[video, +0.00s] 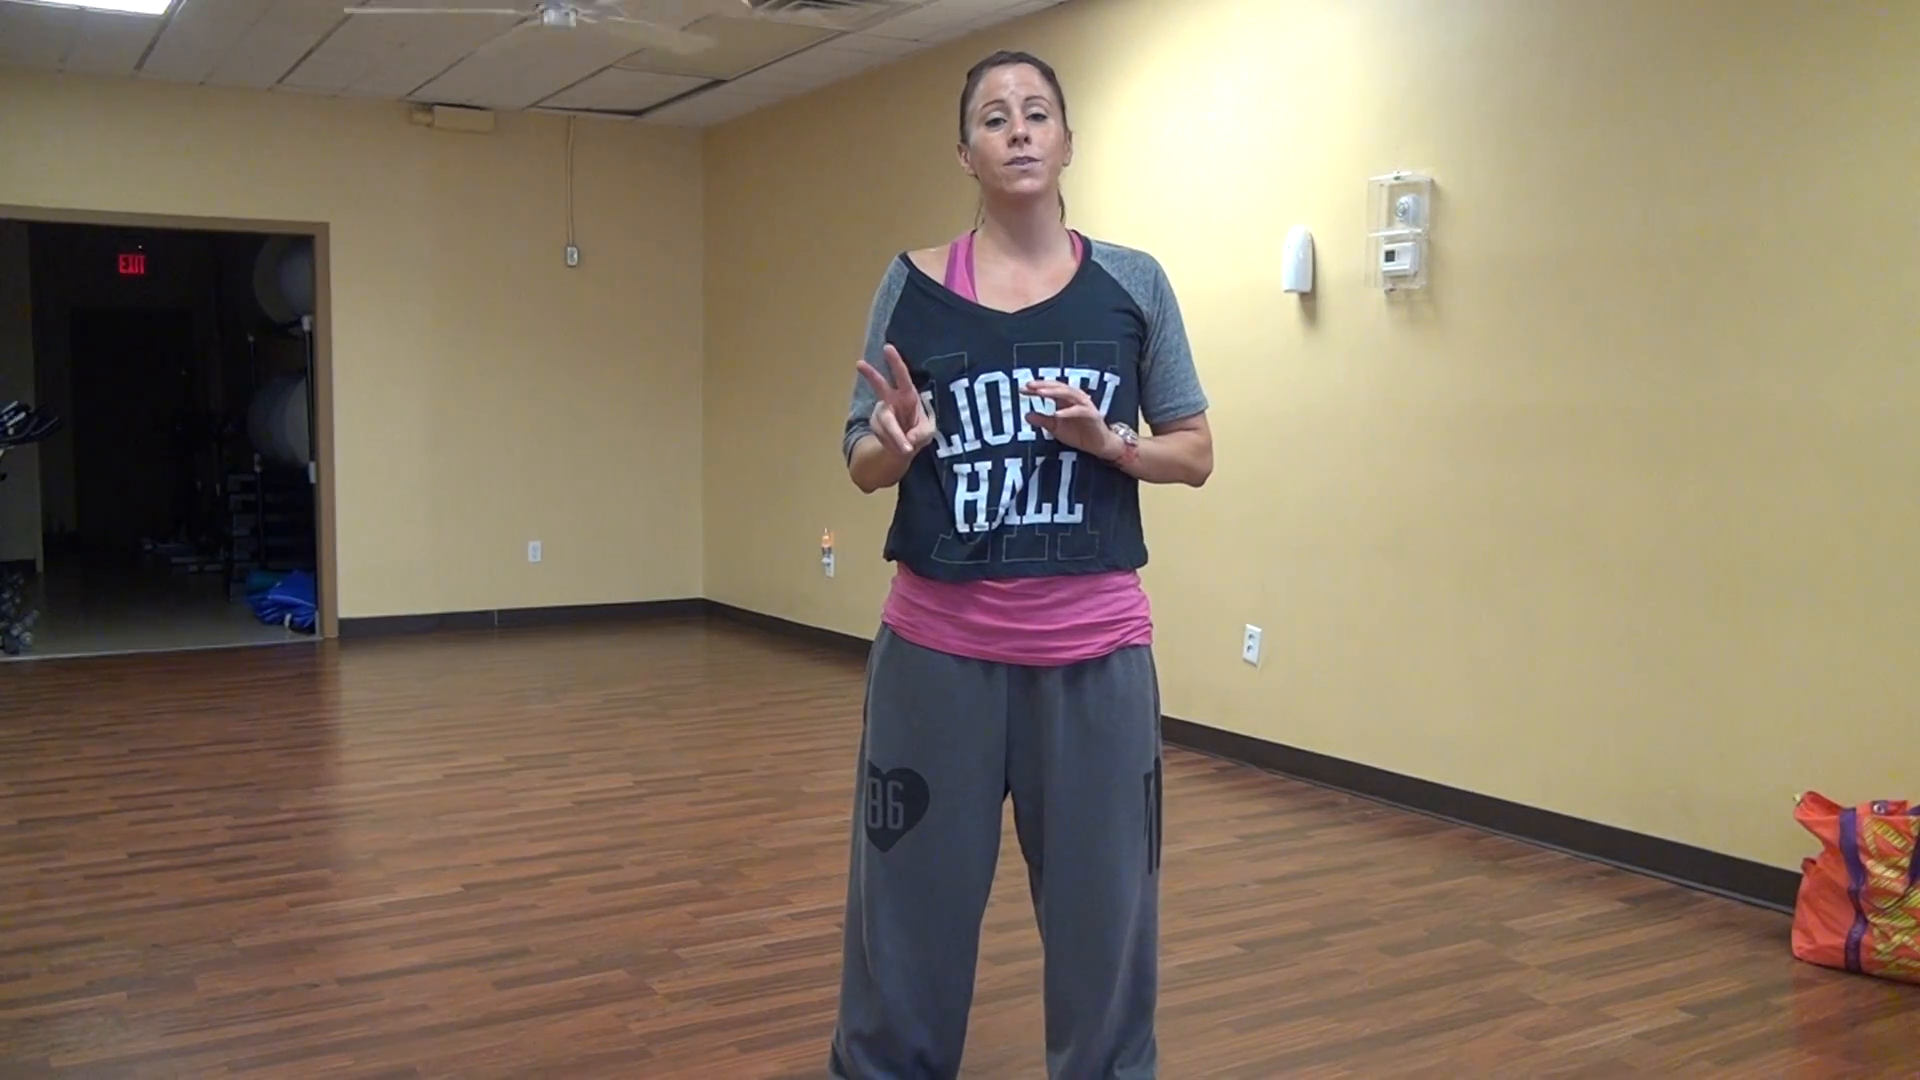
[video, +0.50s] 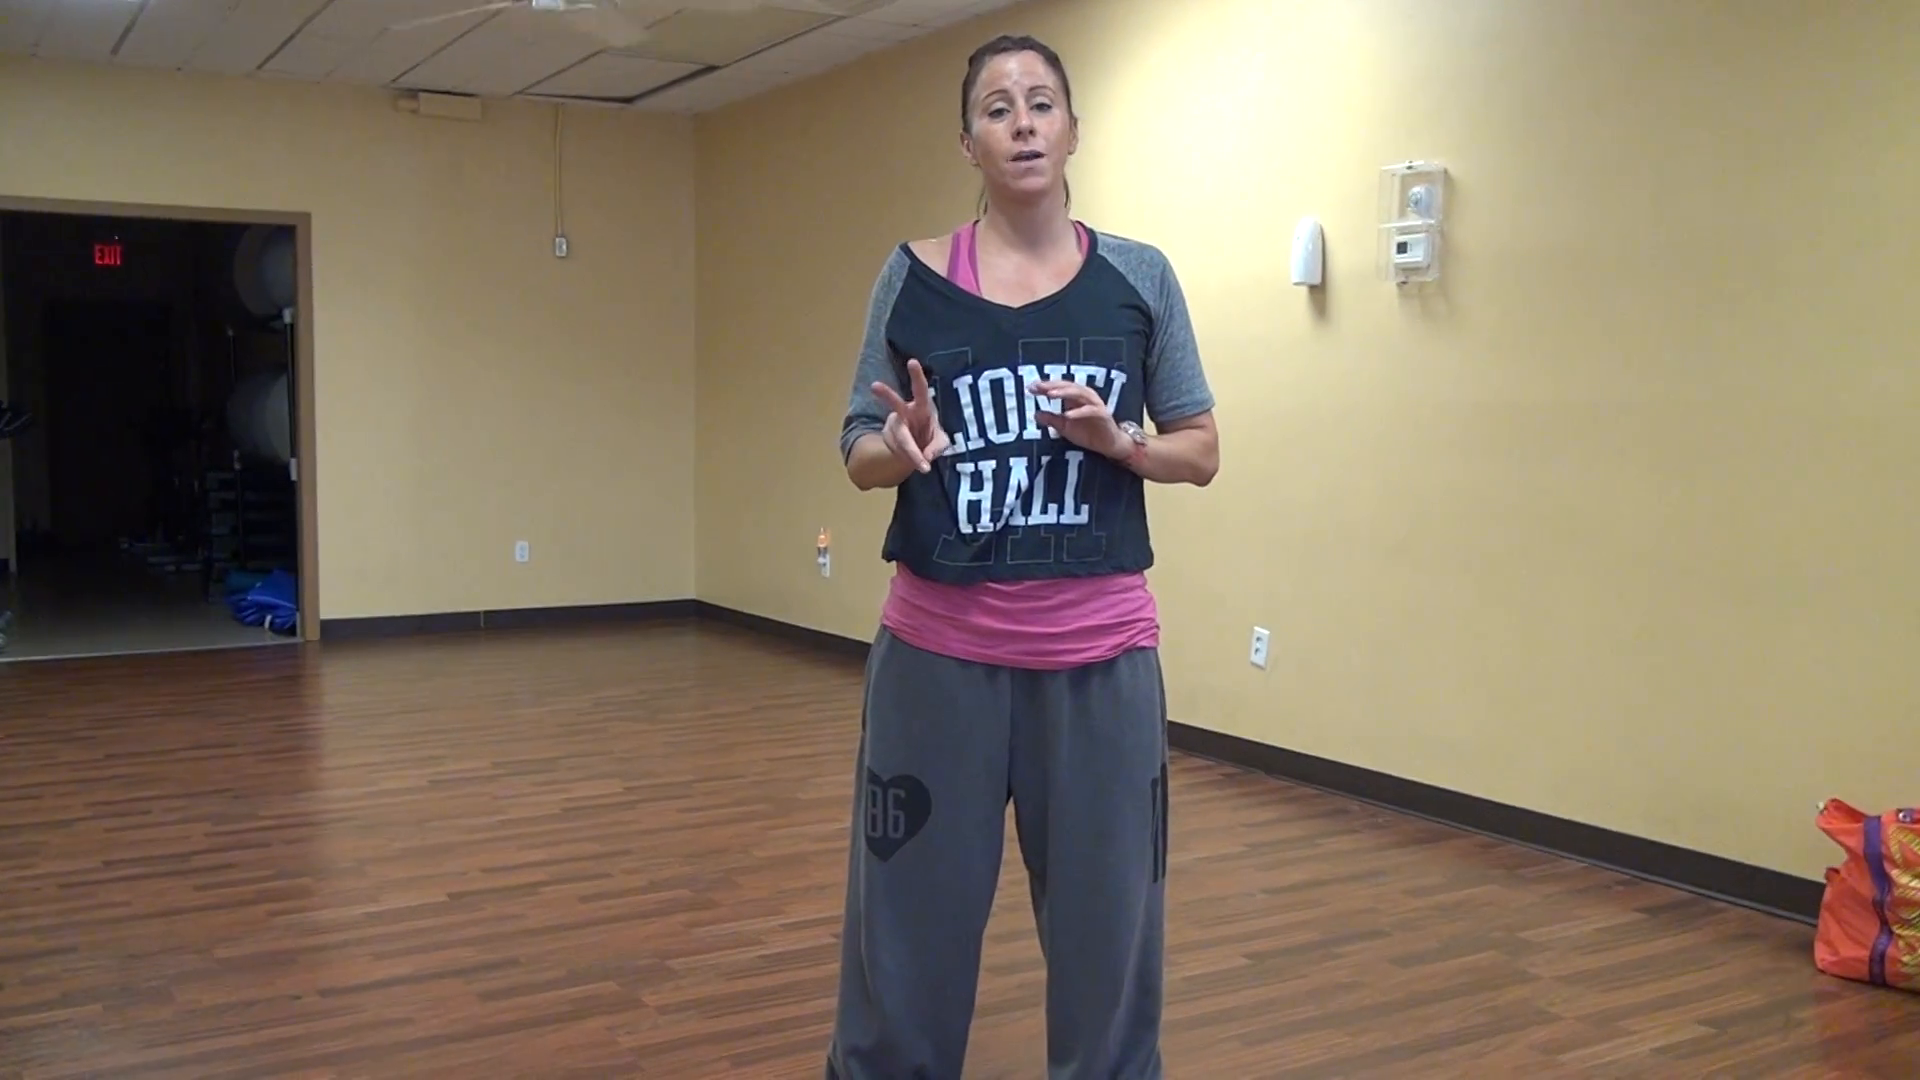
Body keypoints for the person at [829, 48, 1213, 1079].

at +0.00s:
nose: (1016, 130)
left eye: (1036, 114)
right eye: (993, 118)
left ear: (1066, 143)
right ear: (965, 152)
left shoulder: (1135, 279)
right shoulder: (915, 282)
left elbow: (1196, 455)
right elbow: (865, 469)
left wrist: (1118, 444)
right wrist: (895, 442)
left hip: (1095, 644)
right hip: (936, 642)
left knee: (1106, 920)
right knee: (907, 911)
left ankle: (1106, 1073)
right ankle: (887, 1069)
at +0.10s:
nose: (1017, 131)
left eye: (1036, 114)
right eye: (994, 119)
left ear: (1066, 142)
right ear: (965, 154)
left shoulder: (1135, 280)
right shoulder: (916, 282)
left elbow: (1196, 455)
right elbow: (865, 466)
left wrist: (1118, 445)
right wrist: (895, 444)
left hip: (1095, 645)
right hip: (936, 641)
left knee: (1106, 921)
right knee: (907, 911)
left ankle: (1107, 1073)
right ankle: (887, 1069)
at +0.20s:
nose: (1017, 131)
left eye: (1036, 114)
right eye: (994, 118)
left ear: (1066, 141)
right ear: (966, 151)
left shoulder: (1136, 279)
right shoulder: (916, 281)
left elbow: (1197, 455)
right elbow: (862, 466)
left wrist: (1117, 446)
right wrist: (898, 441)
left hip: (1096, 646)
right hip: (936, 644)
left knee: (1107, 923)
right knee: (906, 914)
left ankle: (1106, 1074)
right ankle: (887, 1070)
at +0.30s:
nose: (1019, 127)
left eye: (1038, 110)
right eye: (995, 114)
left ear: (1068, 137)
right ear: (966, 148)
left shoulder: (1137, 276)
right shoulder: (916, 277)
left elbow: (1198, 453)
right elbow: (862, 458)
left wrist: (1119, 443)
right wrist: (897, 444)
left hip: (1099, 644)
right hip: (937, 642)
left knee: (1107, 925)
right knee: (907, 916)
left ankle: (1107, 1074)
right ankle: (887, 1070)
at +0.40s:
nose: (1021, 125)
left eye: (1040, 106)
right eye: (997, 110)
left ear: (1070, 133)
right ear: (967, 144)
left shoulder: (1140, 275)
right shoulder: (917, 275)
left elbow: (1200, 452)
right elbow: (862, 454)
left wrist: (1122, 444)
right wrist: (899, 450)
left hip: (1101, 651)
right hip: (938, 648)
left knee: (1110, 932)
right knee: (907, 924)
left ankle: (1108, 1074)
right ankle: (888, 1071)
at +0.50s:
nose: (1021, 122)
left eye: (1041, 103)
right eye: (996, 107)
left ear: (1072, 130)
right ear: (967, 141)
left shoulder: (1141, 273)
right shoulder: (916, 273)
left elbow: (1201, 450)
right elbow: (861, 450)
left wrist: (1125, 444)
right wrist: (902, 447)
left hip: (1101, 655)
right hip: (938, 651)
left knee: (1111, 939)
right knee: (906, 930)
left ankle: (1110, 1075)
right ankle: (887, 1070)